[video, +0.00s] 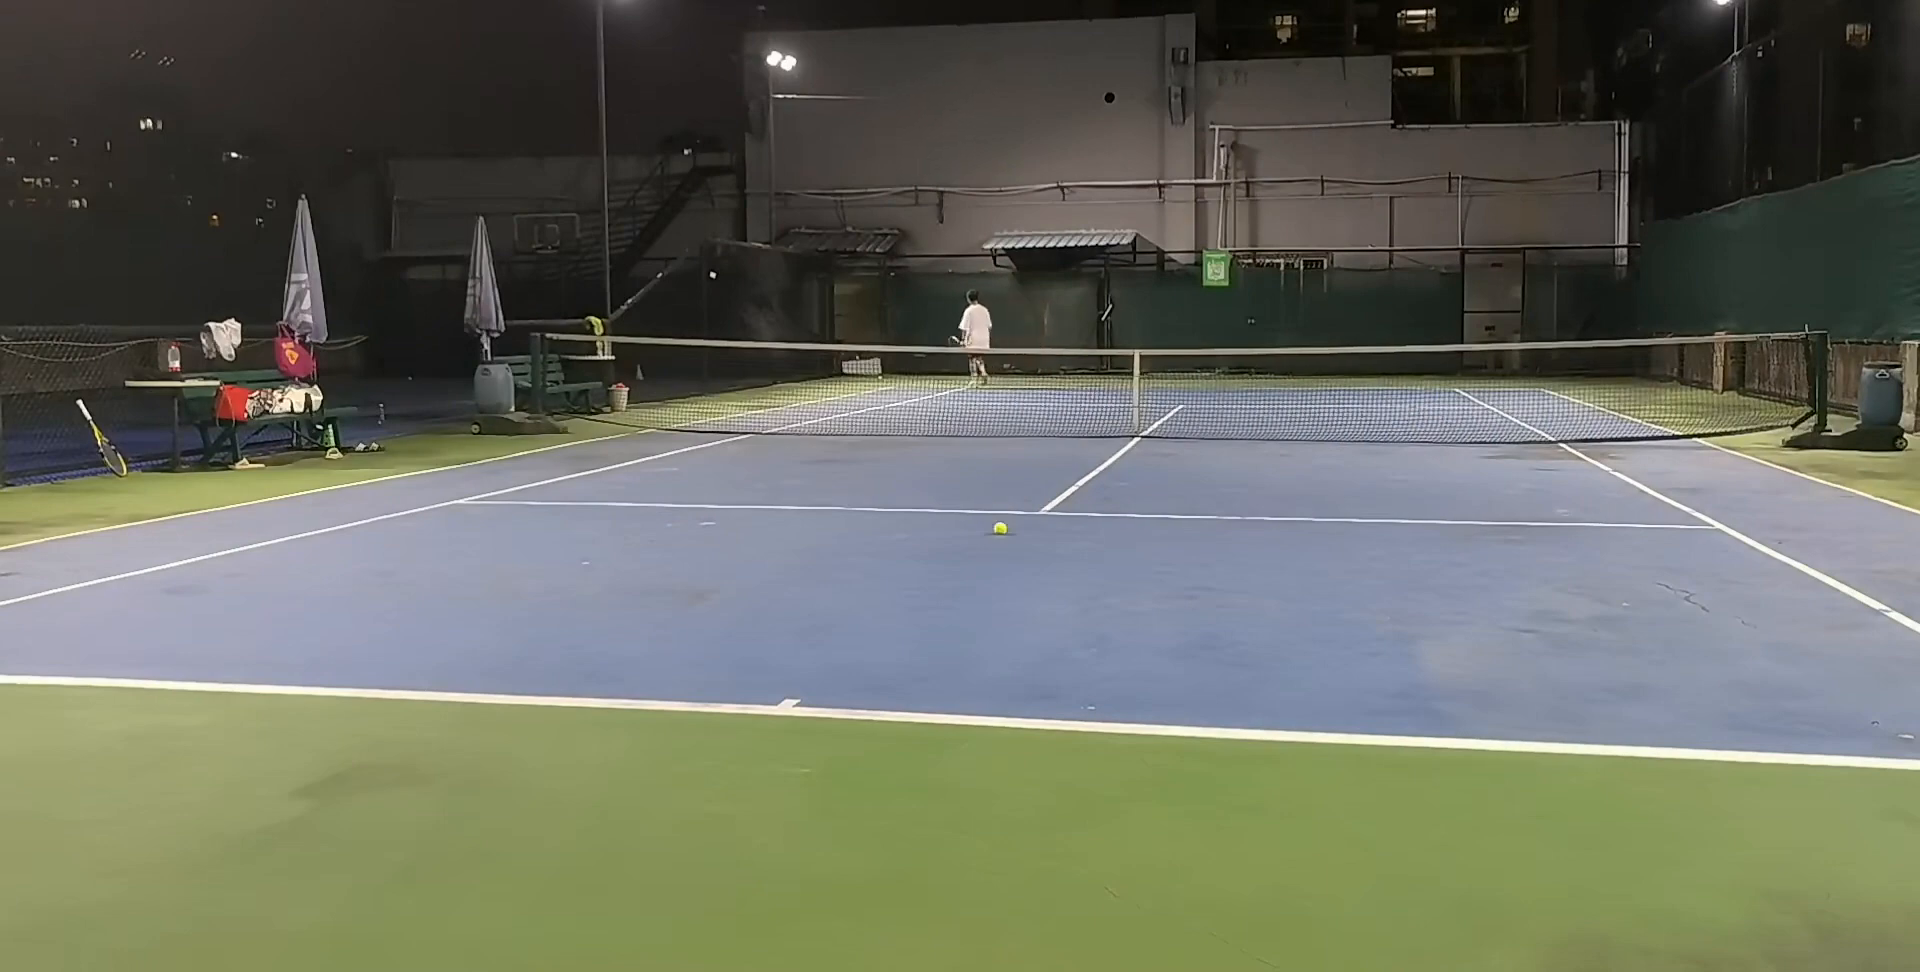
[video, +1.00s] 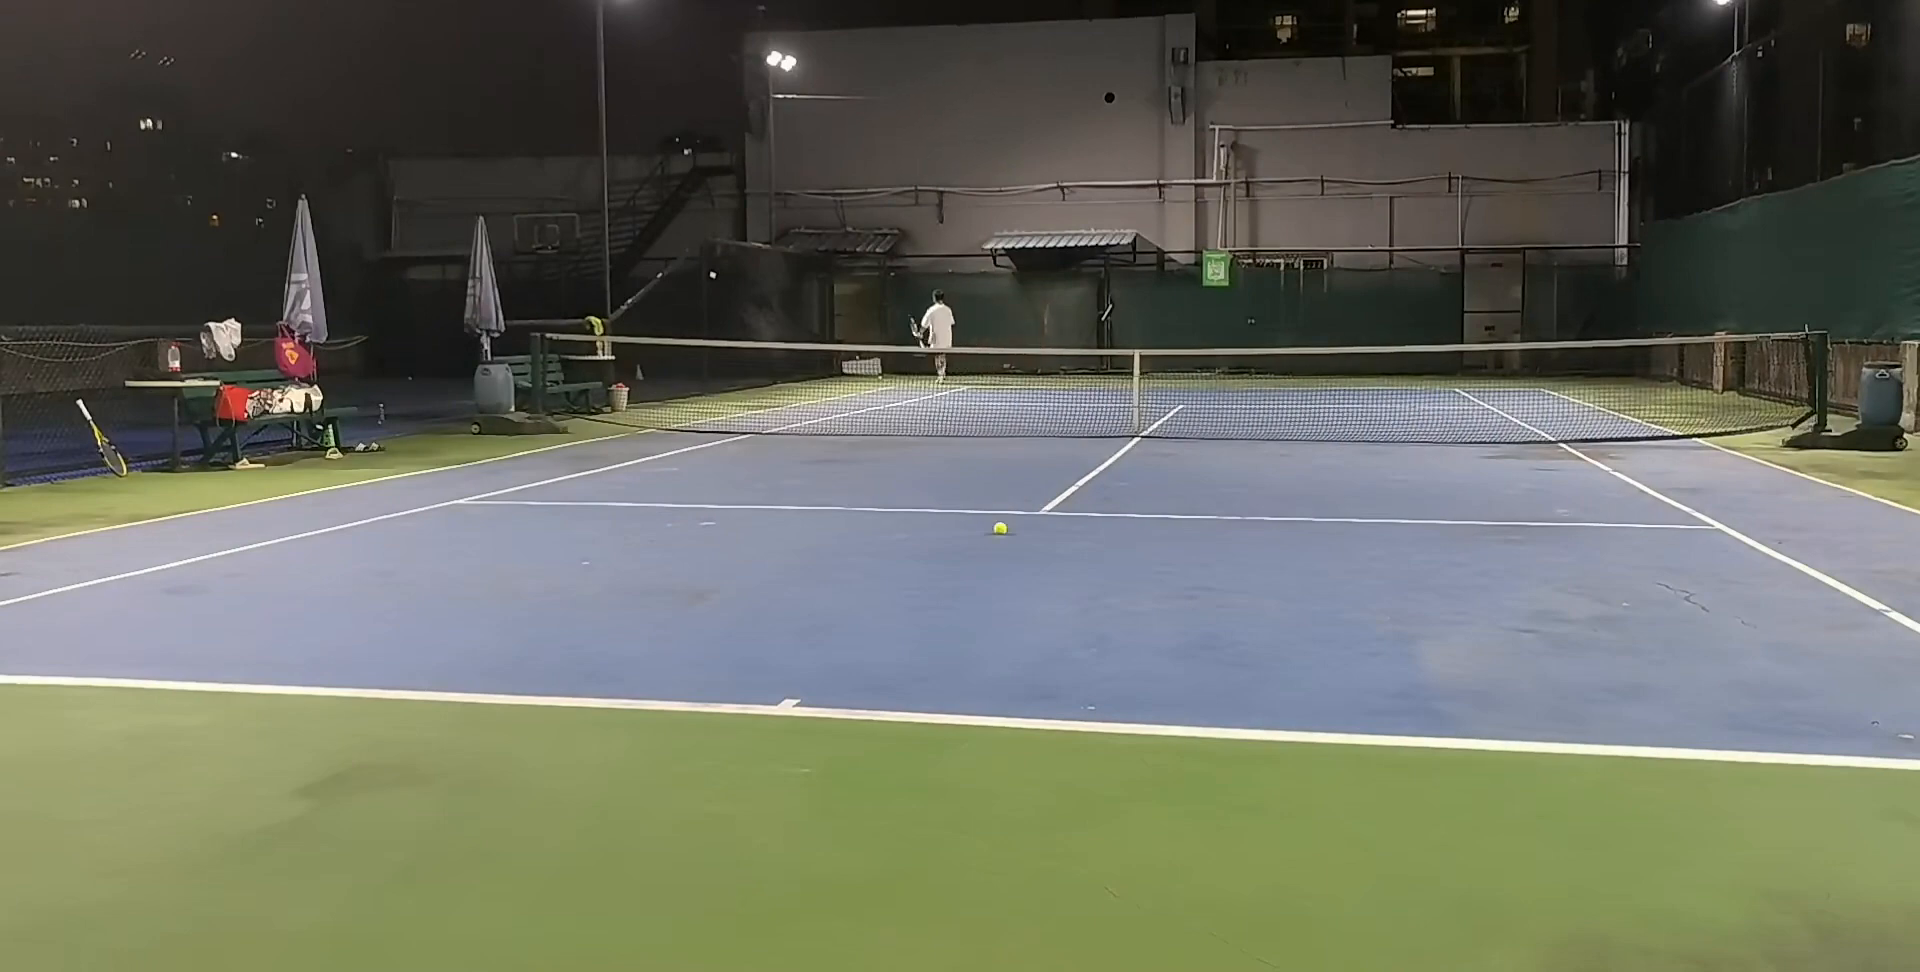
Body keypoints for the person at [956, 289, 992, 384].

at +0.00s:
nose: (967, 301)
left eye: (968, 299)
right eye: (968, 299)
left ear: (969, 299)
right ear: (977, 298)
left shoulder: (969, 311)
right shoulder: (985, 310)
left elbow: (965, 328)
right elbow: (989, 325)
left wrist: (964, 340)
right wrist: (985, 335)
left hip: (972, 339)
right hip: (984, 340)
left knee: (972, 359)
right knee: (979, 357)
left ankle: (974, 378)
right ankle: (984, 373)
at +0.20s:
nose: (963, 302)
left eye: (963, 300)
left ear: (962, 301)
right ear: (972, 300)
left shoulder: (960, 312)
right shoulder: (978, 313)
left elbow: (953, 327)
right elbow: (984, 327)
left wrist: (949, 339)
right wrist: (987, 340)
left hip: (964, 342)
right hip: (977, 342)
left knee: (970, 360)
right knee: (967, 359)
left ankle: (973, 378)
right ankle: (964, 376)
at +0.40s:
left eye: (957, 300)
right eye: (963, 300)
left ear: (956, 300)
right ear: (966, 300)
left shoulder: (954, 312)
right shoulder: (970, 312)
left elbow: (946, 326)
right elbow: (975, 328)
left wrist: (945, 338)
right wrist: (975, 340)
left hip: (955, 342)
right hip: (968, 342)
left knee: (955, 360)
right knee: (964, 360)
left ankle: (963, 370)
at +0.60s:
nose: (949, 300)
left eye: (949, 298)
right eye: (953, 298)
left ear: (949, 299)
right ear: (957, 299)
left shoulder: (947, 310)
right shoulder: (963, 310)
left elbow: (944, 326)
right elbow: (967, 322)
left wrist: (943, 338)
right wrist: (961, 329)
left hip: (950, 338)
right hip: (961, 339)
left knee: (947, 356)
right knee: (960, 357)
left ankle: (945, 374)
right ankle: (961, 374)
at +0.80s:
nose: (939, 302)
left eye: (939, 300)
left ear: (940, 301)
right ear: (949, 300)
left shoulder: (939, 312)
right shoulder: (954, 311)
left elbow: (935, 328)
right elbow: (958, 324)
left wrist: (934, 339)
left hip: (942, 342)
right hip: (954, 342)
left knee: (940, 358)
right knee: (952, 356)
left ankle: (940, 374)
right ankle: (957, 370)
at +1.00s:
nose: (934, 300)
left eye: (934, 298)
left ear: (934, 299)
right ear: (942, 298)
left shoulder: (931, 310)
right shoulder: (948, 309)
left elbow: (924, 324)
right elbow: (952, 323)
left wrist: (920, 333)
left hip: (935, 339)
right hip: (947, 339)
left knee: (937, 356)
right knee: (943, 356)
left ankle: (940, 374)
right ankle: (943, 373)